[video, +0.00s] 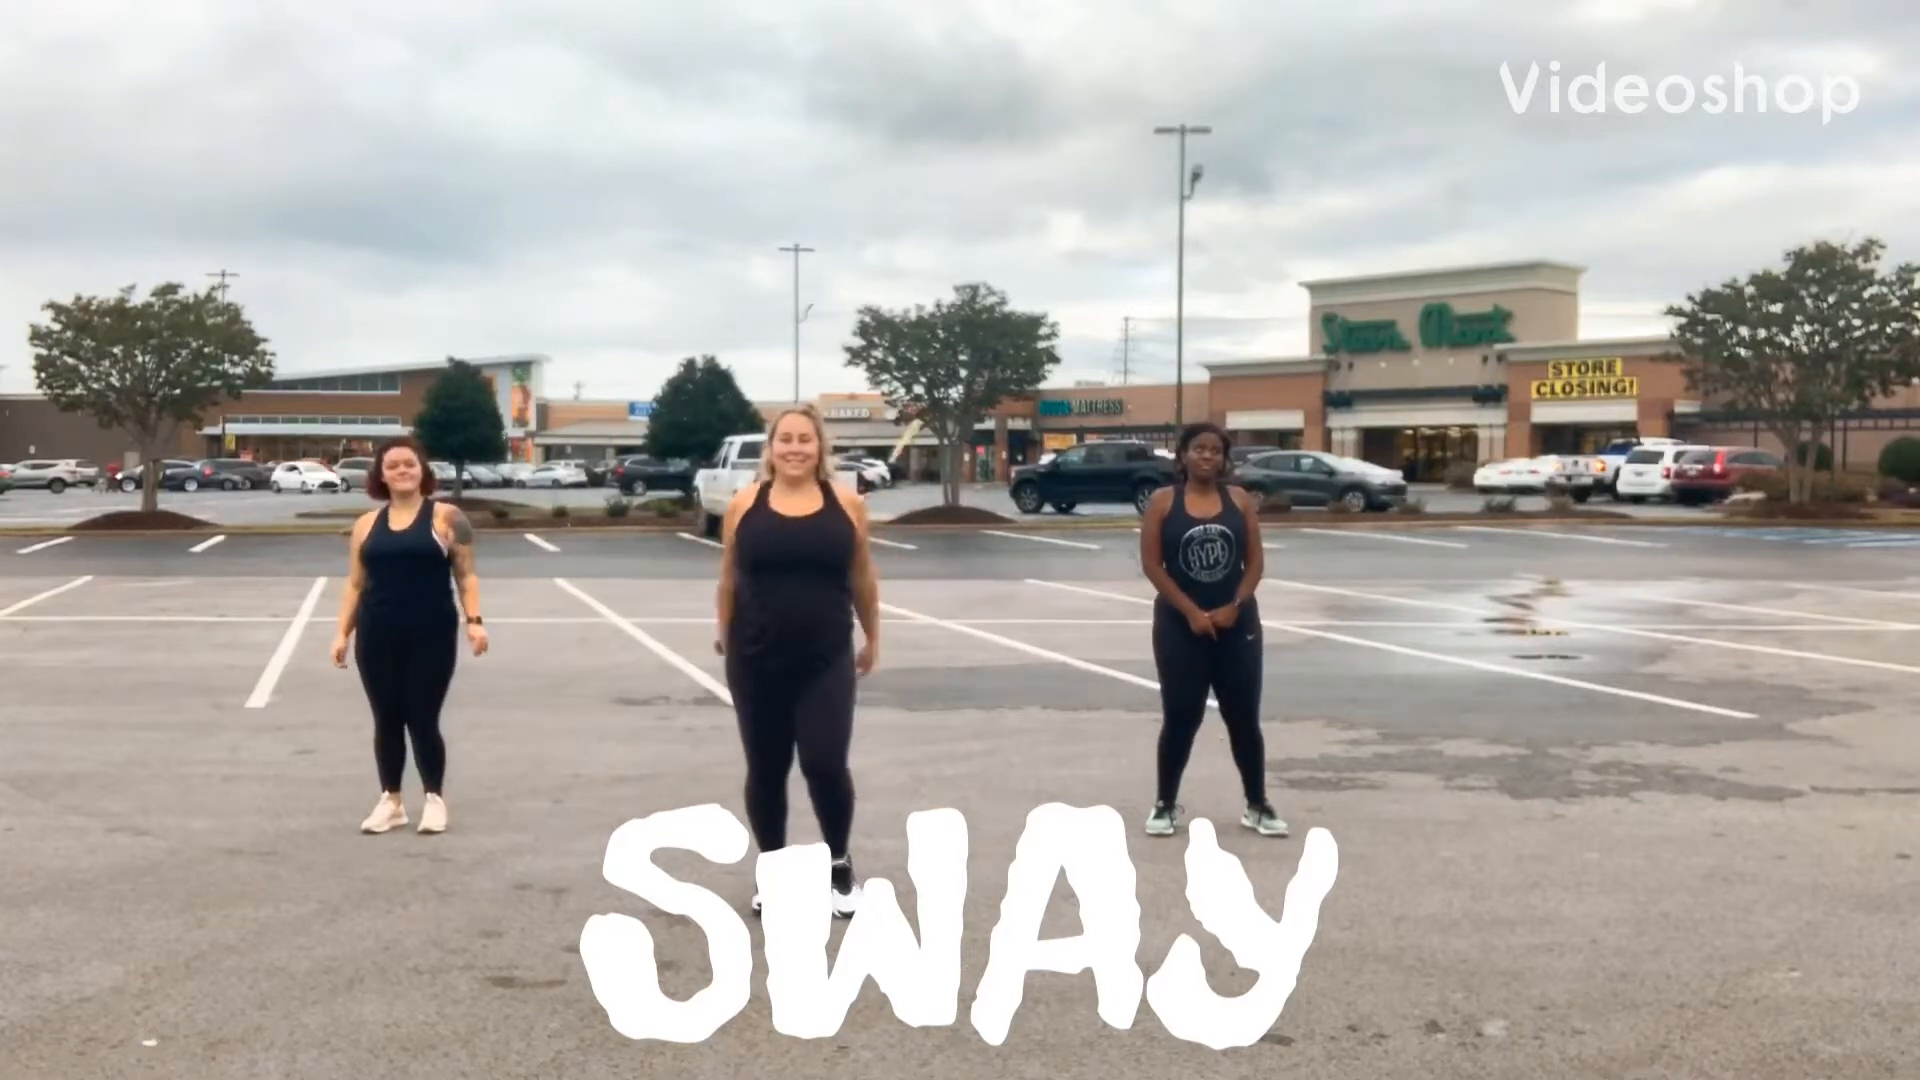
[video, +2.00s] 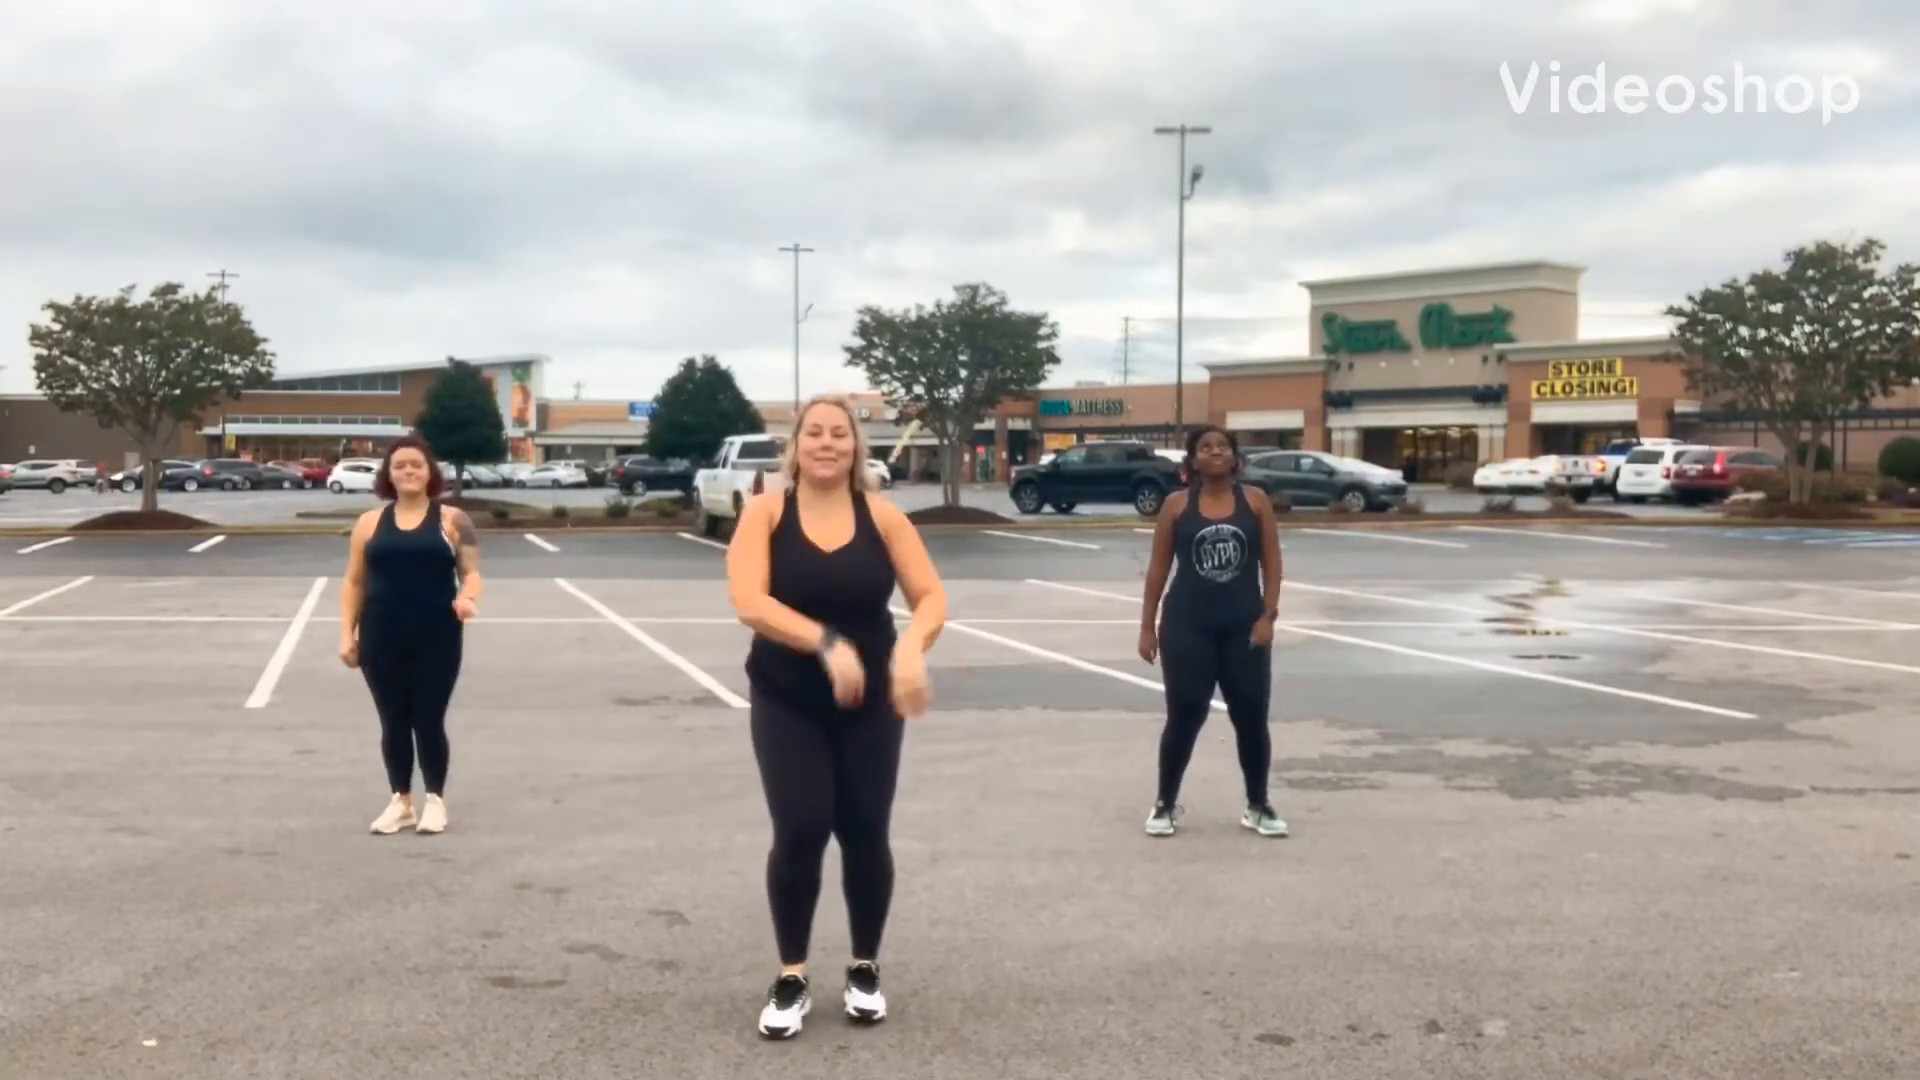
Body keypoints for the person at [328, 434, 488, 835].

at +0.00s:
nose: (402, 471)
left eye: (409, 464)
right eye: (393, 466)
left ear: (422, 470)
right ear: (382, 475)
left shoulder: (446, 518)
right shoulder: (366, 524)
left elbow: (465, 574)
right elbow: (355, 584)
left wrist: (474, 621)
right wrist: (343, 633)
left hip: (431, 635)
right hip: (377, 637)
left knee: (421, 719)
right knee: (387, 719)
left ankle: (433, 799)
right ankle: (391, 800)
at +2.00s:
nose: (408, 472)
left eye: (416, 464)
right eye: (400, 466)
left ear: (430, 471)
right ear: (389, 474)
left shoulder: (452, 520)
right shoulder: (369, 522)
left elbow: (470, 570)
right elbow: (353, 581)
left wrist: (467, 596)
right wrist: (348, 633)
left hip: (437, 636)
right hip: (382, 637)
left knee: (427, 719)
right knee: (394, 721)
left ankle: (434, 800)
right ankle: (401, 799)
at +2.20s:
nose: (404, 474)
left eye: (412, 467)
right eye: (396, 468)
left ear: (426, 473)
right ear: (385, 477)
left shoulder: (450, 522)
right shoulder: (367, 528)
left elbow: (472, 574)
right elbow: (354, 585)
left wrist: (467, 616)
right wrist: (348, 629)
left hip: (435, 641)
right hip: (380, 641)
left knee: (428, 724)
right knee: (359, 720)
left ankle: (435, 799)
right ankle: (378, 791)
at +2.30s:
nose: (399, 471)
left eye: (407, 464)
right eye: (391, 465)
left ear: (422, 471)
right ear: (380, 475)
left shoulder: (445, 519)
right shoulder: (362, 524)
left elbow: (483, 567)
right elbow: (349, 576)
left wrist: (472, 618)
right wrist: (341, 597)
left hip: (427, 638)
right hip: (372, 635)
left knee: (423, 721)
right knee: (340, 714)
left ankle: (434, 799)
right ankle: (334, 790)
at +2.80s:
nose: (407, 472)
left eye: (415, 466)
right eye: (399, 467)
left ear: (428, 474)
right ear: (387, 476)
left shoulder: (449, 523)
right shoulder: (369, 522)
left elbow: (473, 578)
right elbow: (345, 578)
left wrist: (453, 588)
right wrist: (314, 595)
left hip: (437, 640)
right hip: (384, 637)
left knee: (424, 722)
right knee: (344, 710)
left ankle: (434, 799)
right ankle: (336, 792)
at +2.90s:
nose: (409, 466)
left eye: (417, 459)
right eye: (401, 461)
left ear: (432, 467)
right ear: (391, 470)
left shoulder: (452, 514)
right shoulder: (373, 518)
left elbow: (486, 561)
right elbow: (351, 568)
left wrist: (452, 550)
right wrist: (332, 599)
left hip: (439, 633)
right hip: (385, 631)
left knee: (427, 717)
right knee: (365, 712)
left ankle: (434, 798)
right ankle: (377, 789)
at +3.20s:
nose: (416, 471)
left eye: (424, 465)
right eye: (408, 466)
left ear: (438, 473)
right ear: (397, 476)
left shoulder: (459, 523)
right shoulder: (377, 527)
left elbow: (470, 571)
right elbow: (366, 588)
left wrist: (456, 586)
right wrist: (362, 640)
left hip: (445, 638)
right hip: (388, 638)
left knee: (452, 719)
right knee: (397, 724)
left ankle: (447, 794)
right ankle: (404, 799)